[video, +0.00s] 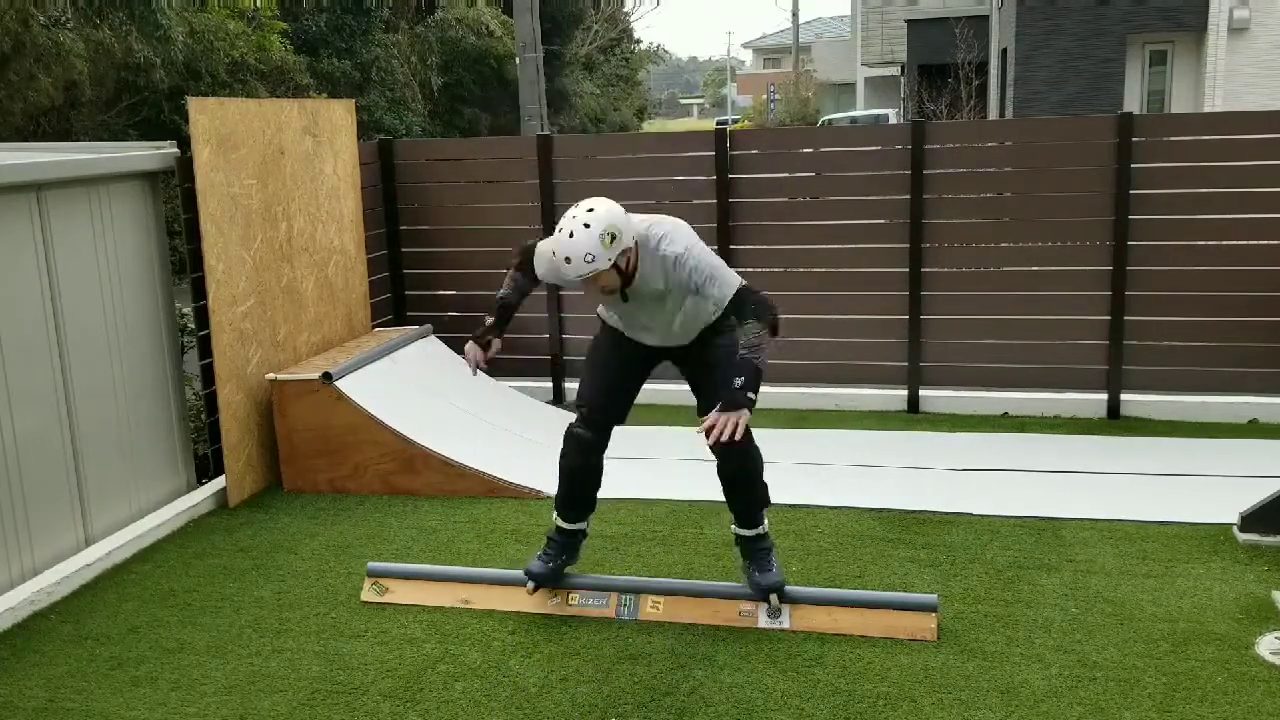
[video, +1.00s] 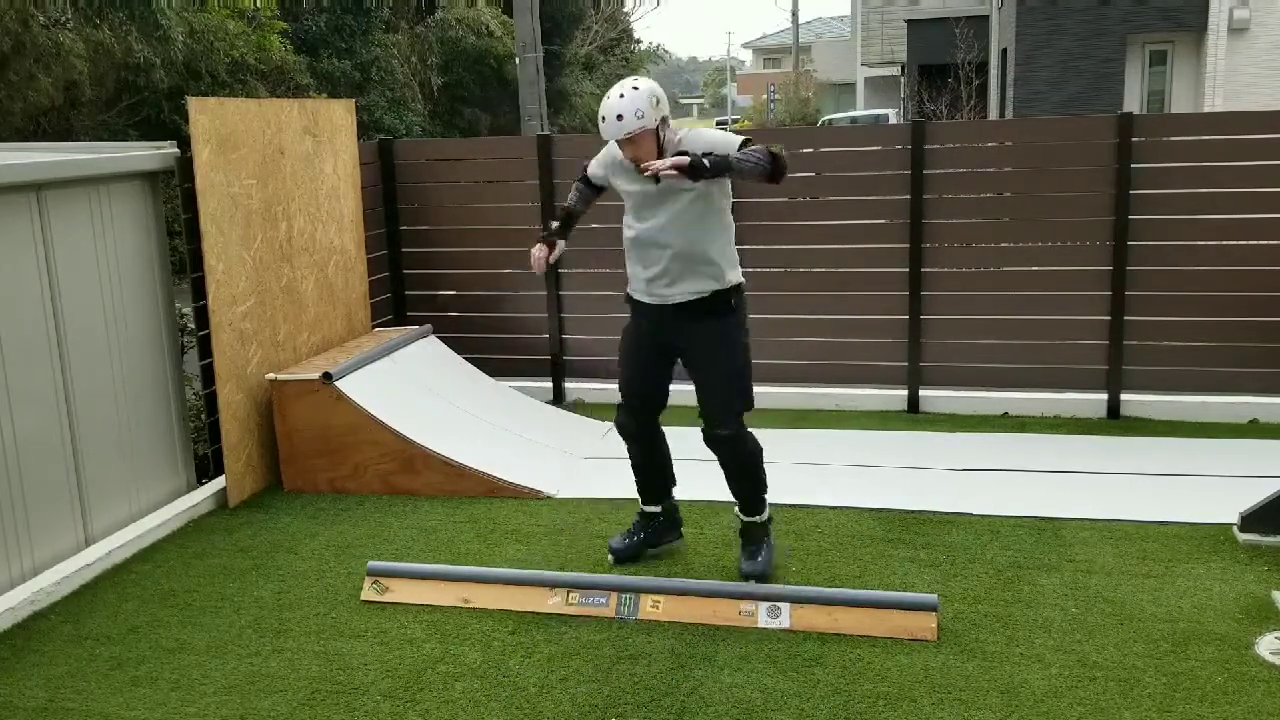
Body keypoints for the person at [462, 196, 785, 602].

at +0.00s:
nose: (590, 285)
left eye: (596, 275)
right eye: (583, 277)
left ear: (625, 255)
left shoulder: (681, 252)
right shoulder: (577, 250)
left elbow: (756, 310)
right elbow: (529, 262)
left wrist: (740, 396)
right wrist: (492, 329)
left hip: (703, 330)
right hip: (626, 328)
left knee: (730, 434)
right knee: (585, 435)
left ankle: (756, 546)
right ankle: (564, 540)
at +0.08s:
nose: (609, 302)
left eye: (617, 294)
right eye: (601, 295)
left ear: (645, 274)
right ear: (591, 278)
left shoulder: (698, 267)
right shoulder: (580, 268)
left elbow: (786, 298)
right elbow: (522, 266)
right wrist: (477, 331)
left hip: (703, 335)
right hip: (624, 334)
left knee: (729, 432)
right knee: (587, 436)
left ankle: (757, 547)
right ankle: (562, 543)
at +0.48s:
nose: (650, 290)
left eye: (658, 280)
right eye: (640, 281)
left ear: (680, 261)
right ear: (625, 266)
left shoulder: (716, 265)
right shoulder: (602, 262)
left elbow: (797, 287)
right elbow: (539, 248)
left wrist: (815, 319)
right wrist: (464, 283)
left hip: (706, 354)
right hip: (631, 352)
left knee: (738, 437)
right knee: (592, 445)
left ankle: (758, 545)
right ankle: (566, 543)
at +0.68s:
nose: (646, 238)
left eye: (654, 227)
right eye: (638, 228)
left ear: (681, 213)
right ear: (628, 214)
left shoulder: (719, 227)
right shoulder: (609, 225)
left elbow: (798, 248)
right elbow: (556, 219)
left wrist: (780, 269)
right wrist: (488, 249)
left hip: (709, 341)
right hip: (634, 342)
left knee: (738, 434)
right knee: (596, 439)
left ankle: (760, 548)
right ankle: (565, 542)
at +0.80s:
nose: (636, 159)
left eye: (645, 147)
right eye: (626, 149)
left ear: (669, 129)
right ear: (615, 135)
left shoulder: (710, 139)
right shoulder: (608, 151)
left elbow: (784, 159)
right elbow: (565, 152)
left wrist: (710, 166)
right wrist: (514, 196)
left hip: (715, 305)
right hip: (642, 304)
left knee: (738, 422)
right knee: (604, 416)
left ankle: (761, 539)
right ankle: (576, 533)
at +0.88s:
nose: (636, 145)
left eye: (643, 132)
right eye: (625, 136)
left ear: (666, 112)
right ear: (613, 123)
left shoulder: (704, 123)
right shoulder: (607, 138)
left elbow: (778, 141)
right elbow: (570, 142)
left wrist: (702, 146)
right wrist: (531, 195)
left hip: (714, 291)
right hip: (645, 293)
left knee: (731, 414)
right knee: (618, 407)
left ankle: (758, 527)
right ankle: (600, 523)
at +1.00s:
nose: (626, 151)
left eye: (633, 139)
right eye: (619, 142)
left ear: (659, 125)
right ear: (613, 135)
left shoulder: (699, 142)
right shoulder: (614, 157)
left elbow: (772, 166)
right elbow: (583, 190)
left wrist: (702, 168)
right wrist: (555, 234)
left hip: (712, 307)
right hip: (648, 310)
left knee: (722, 431)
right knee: (635, 419)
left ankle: (755, 531)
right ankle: (659, 519)